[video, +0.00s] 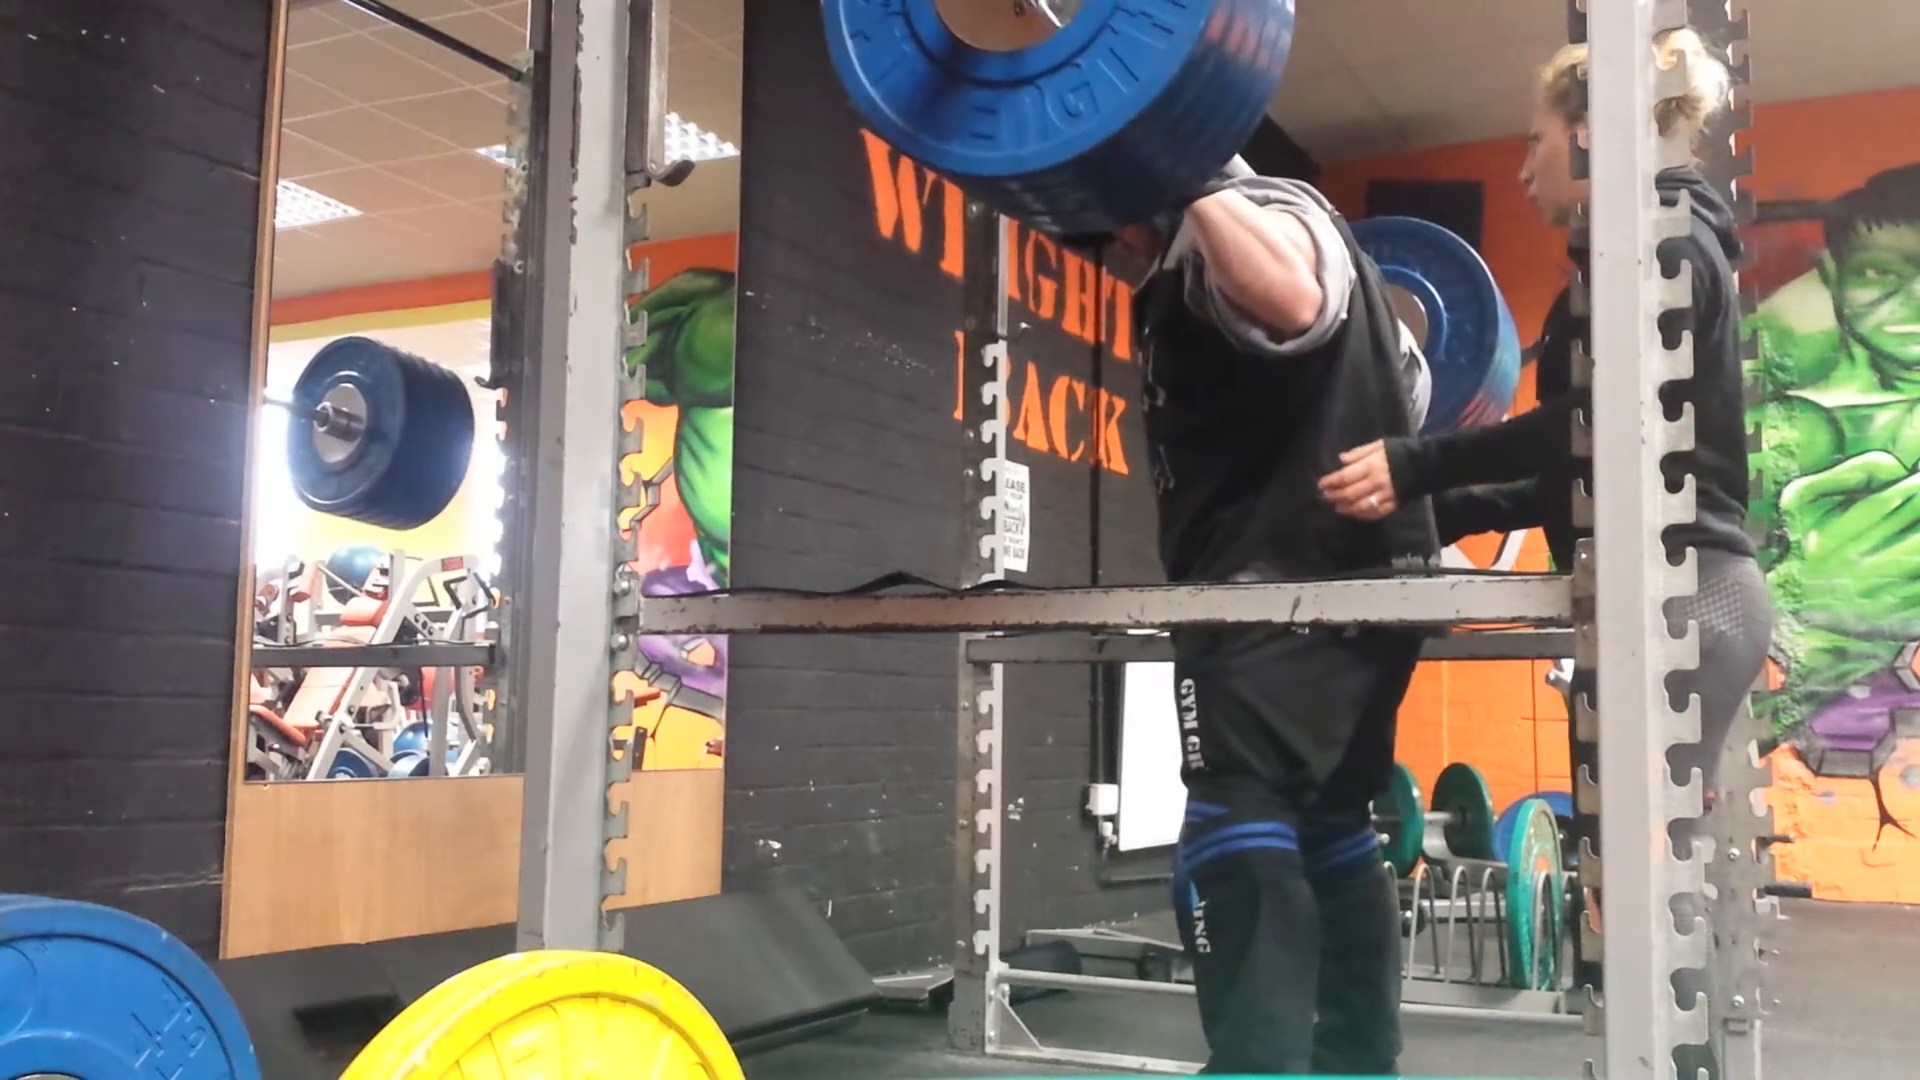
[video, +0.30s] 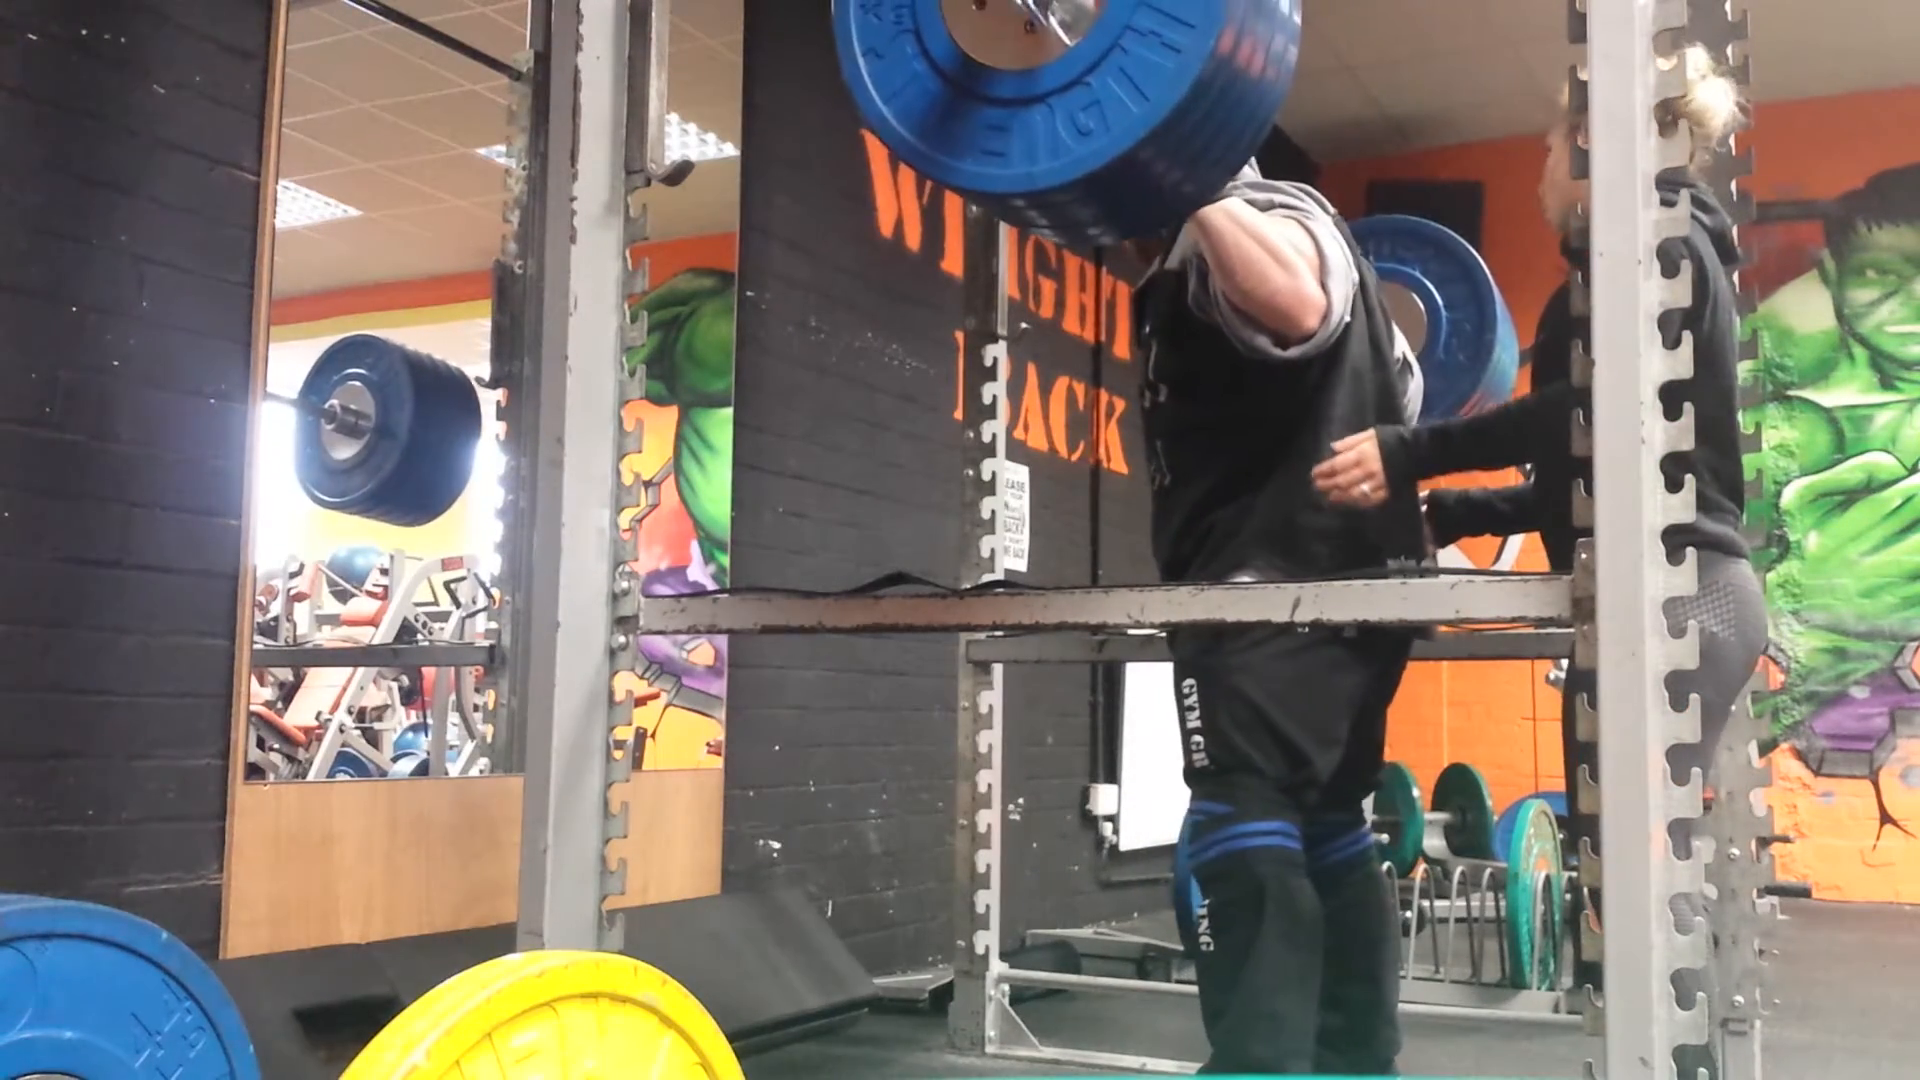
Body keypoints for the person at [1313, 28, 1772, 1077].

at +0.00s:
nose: (1524, 168)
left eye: (1537, 142)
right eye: (1529, 143)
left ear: (1593, 143)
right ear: (1587, 143)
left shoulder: (1647, 244)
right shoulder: (1651, 247)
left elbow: (1596, 428)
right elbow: (1594, 472)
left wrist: (1412, 467)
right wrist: (1448, 515)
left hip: (1678, 585)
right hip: (1692, 585)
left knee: (1637, 849)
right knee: (1652, 849)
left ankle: (1662, 1059)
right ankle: (1673, 1055)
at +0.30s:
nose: (1544, 163)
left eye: (1558, 140)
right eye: (1552, 140)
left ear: (1595, 147)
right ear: (1641, 148)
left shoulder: (1646, 243)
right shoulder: (1663, 251)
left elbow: (1576, 416)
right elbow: (1597, 479)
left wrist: (1405, 453)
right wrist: (1454, 513)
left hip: (1669, 589)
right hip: (1680, 590)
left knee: (1632, 840)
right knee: (1643, 841)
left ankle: (1657, 1057)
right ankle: (1667, 1053)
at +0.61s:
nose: (1551, 167)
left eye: (1565, 148)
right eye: (1560, 147)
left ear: (1598, 157)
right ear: (1640, 159)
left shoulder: (1650, 245)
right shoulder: (1630, 270)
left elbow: (1570, 400)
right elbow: (1569, 490)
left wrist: (1398, 439)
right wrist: (1418, 507)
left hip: (1672, 581)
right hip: (1662, 583)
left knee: (1630, 834)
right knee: (1635, 836)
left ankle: (1652, 1050)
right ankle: (1655, 1047)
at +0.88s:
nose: (1548, 172)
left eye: (1561, 152)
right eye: (1554, 152)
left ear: (1601, 157)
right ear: (1638, 155)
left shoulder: (1646, 243)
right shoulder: (1661, 259)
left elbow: (1580, 400)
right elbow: (1593, 485)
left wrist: (1405, 448)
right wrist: (1441, 508)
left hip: (1673, 582)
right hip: (1690, 583)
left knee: (1627, 843)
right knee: (1641, 844)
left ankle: (1653, 1052)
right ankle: (1665, 1049)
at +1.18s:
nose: (1535, 174)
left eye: (1546, 151)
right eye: (1541, 152)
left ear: (1590, 154)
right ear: (1604, 158)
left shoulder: (1636, 249)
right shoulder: (1609, 277)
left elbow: (1567, 397)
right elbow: (1575, 486)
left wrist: (1386, 435)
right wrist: (1423, 498)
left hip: (1645, 598)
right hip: (1611, 599)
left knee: (1623, 846)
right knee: (1605, 845)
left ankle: (1645, 1051)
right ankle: (1629, 1048)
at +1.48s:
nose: (1500, 204)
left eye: (1510, 177)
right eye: (1500, 181)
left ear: (1568, 159)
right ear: (1560, 165)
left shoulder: (1604, 269)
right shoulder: (1589, 284)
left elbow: (1555, 427)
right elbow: (1562, 483)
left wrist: (1386, 478)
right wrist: (1431, 528)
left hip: (1633, 596)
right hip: (1608, 594)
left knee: (1579, 843)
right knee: (1570, 839)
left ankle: (1634, 1054)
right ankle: (1625, 1051)